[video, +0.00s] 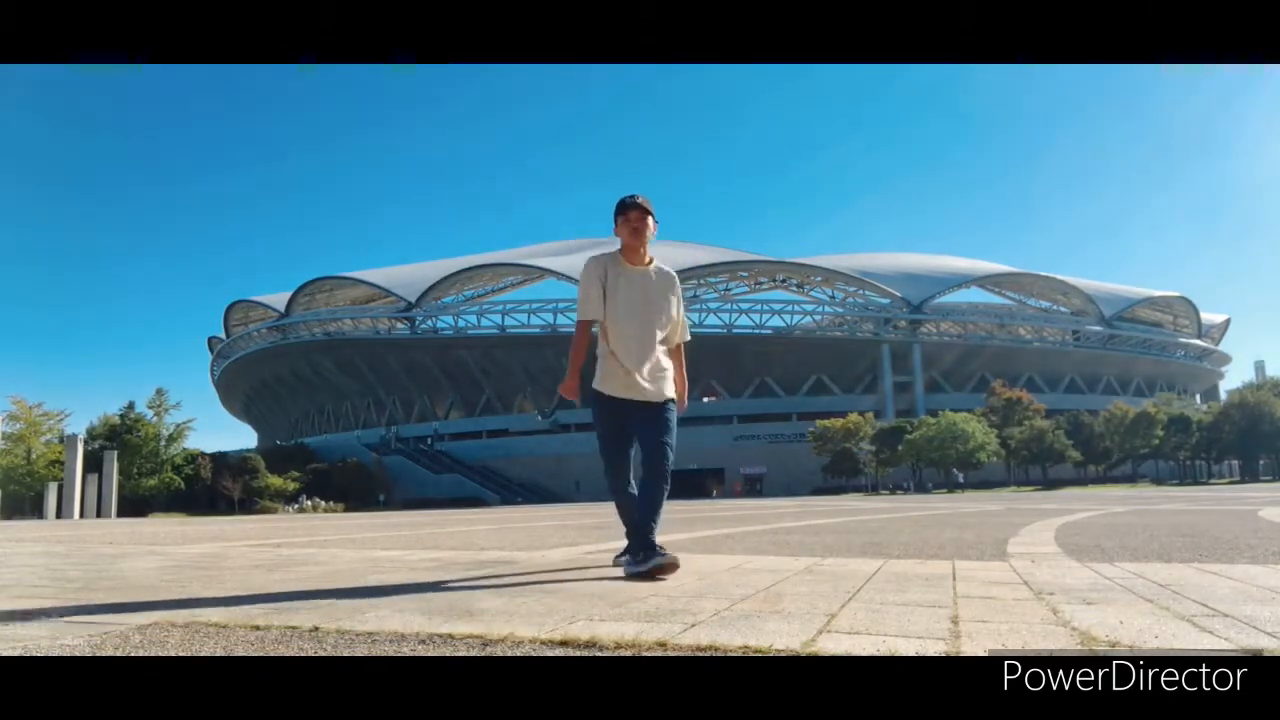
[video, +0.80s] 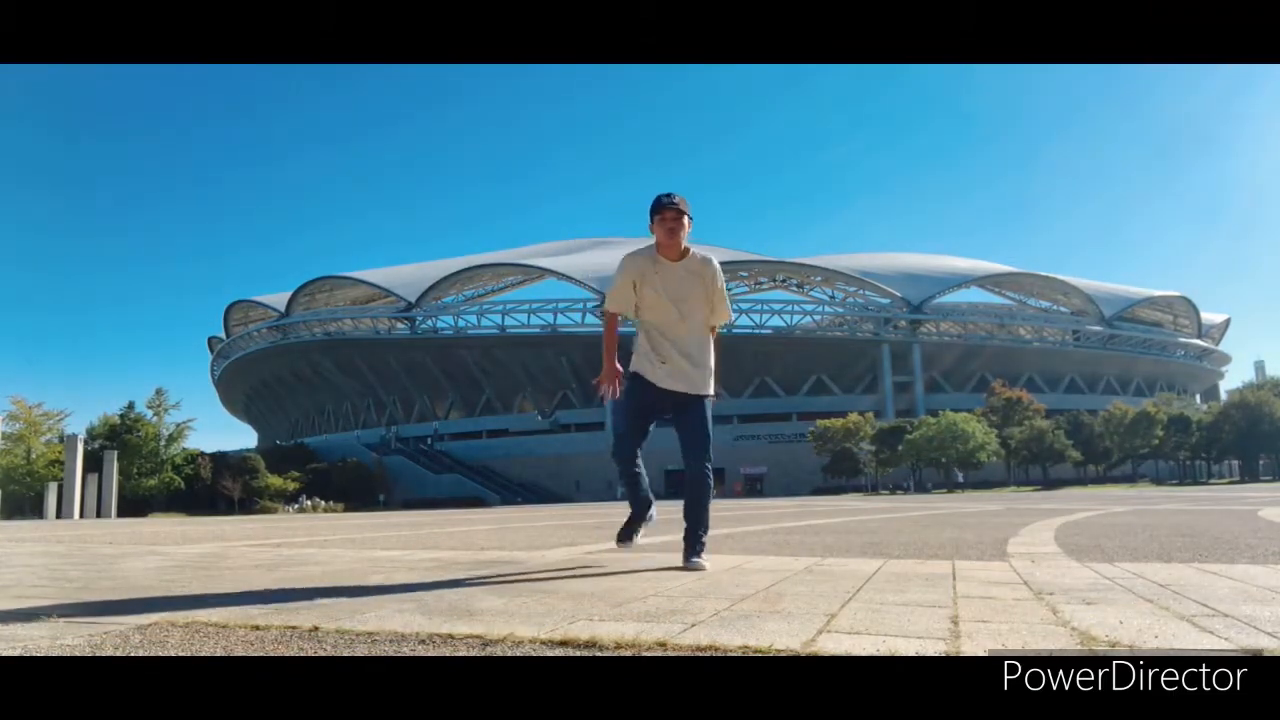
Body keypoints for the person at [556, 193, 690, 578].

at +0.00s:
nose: (637, 226)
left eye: (643, 220)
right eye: (629, 220)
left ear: (654, 227)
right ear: (616, 228)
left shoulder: (668, 279)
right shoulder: (599, 267)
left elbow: (675, 342)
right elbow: (585, 325)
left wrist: (681, 390)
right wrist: (573, 374)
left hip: (659, 390)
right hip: (612, 389)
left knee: (660, 469)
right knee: (618, 475)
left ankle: (639, 549)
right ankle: (644, 545)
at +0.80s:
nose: (671, 226)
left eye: (677, 219)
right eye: (664, 220)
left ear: (688, 225)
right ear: (652, 226)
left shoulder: (708, 269)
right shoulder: (635, 264)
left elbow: (711, 330)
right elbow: (611, 313)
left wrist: (711, 380)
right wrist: (610, 362)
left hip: (694, 379)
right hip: (646, 374)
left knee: (699, 467)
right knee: (623, 449)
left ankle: (695, 548)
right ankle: (642, 507)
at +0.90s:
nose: (675, 227)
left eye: (680, 221)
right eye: (667, 221)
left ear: (691, 226)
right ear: (654, 228)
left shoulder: (712, 268)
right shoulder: (637, 267)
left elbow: (715, 322)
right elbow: (606, 307)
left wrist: (710, 376)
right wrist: (608, 357)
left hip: (698, 377)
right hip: (654, 364)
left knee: (699, 467)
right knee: (622, 419)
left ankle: (693, 549)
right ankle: (616, 458)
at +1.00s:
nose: (677, 230)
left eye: (683, 223)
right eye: (669, 224)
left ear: (694, 228)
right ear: (656, 230)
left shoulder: (715, 270)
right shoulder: (643, 273)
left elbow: (719, 319)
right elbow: (605, 311)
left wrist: (700, 355)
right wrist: (604, 362)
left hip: (702, 378)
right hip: (661, 362)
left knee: (702, 468)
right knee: (629, 410)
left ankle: (692, 548)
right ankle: (572, 442)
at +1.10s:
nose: (684, 223)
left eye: (689, 217)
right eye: (676, 217)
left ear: (698, 223)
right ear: (662, 224)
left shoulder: (715, 269)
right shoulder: (644, 267)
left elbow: (719, 322)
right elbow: (616, 315)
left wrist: (710, 365)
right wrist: (618, 363)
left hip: (710, 381)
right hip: (665, 371)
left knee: (709, 466)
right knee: (639, 439)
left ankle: (692, 549)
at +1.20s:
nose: (684, 233)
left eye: (690, 227)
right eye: (677, 227)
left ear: (699, 233)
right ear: (664, 232)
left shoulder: (713, 275)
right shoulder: (640, 273)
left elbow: (731, 323)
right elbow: (631, 319)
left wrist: (707, 351)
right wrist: (649, 352)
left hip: (701, 363)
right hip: (655, 364)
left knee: (704, 451)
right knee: (664, 442)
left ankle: (695, 544)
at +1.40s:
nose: (682, 239)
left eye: (688, 233)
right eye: (674, 233)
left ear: (696, 239)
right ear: (661, 239)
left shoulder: (714, 283)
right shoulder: (639, 281)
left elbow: (745, 328)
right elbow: (606, 321)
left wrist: (754, 370)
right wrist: (608, 368)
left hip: (705, 379)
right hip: (659, 368)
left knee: (707, 467)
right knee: (681, 391)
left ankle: (685, 546)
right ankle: (742, 465)